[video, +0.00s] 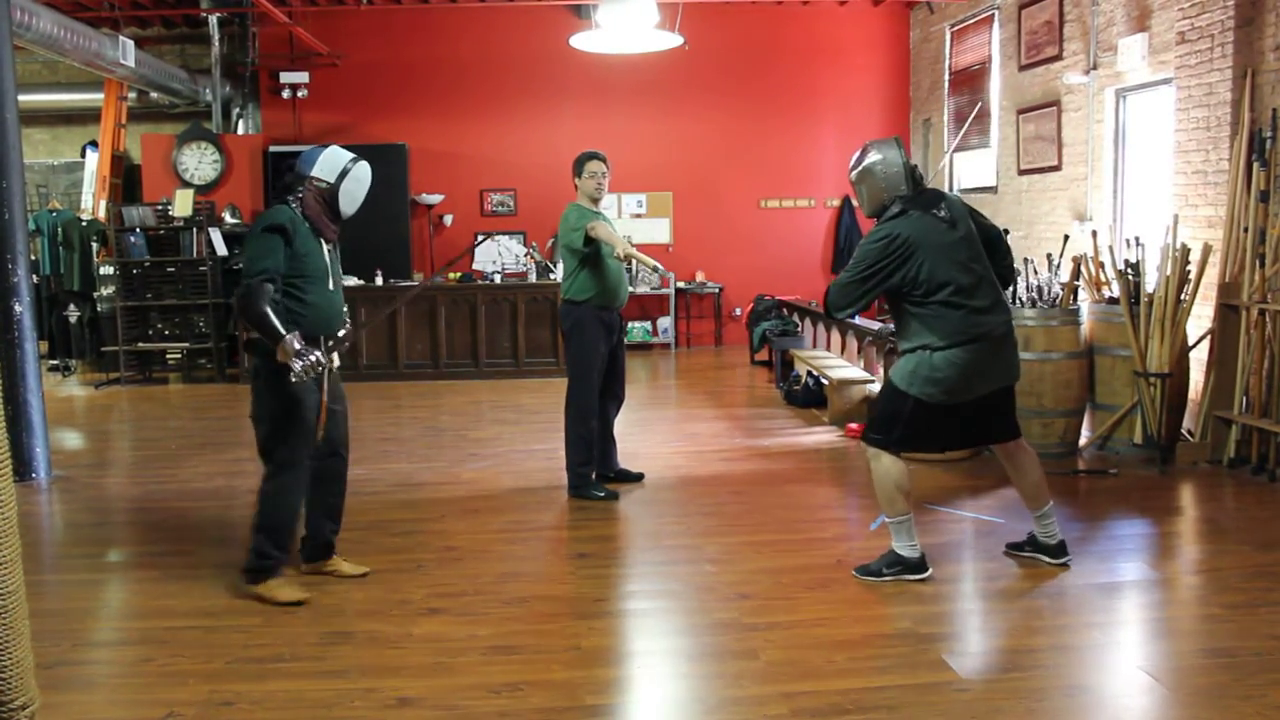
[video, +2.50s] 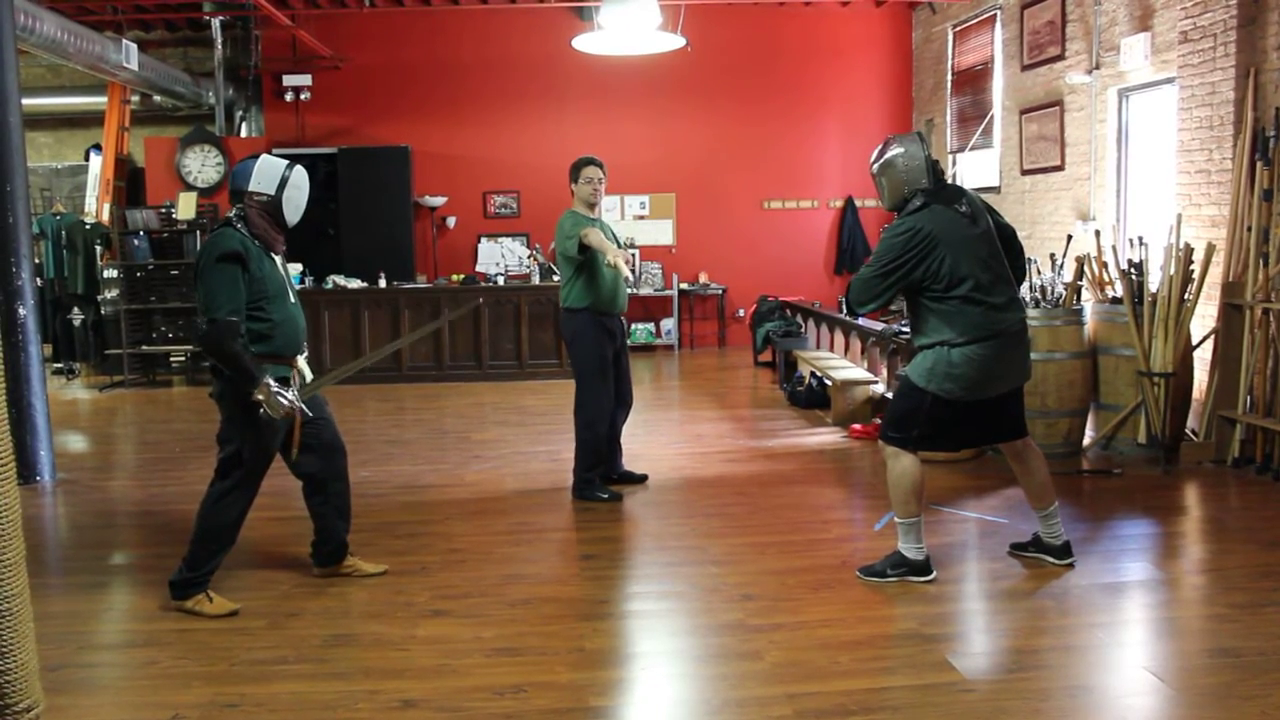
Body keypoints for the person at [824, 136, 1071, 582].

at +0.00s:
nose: (856, 200)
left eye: (857, 191)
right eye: (855, 191)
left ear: (873, 189)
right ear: (906, 179)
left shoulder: (888, 236)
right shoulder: (952, 207)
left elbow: (836, 303)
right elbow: (999, 250)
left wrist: (870, 274)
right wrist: (989, 296)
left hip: (938, 359)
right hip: (997, 350)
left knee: (881, 443)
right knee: (1008, 439)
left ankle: (906, 553)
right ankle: (1050, 539)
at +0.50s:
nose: (863, 198)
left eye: (865, 188)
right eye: (862, 188)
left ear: (883, 185)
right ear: (911, 177)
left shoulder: (895, 233)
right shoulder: (957, 205)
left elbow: (843, 302)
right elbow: (1003, 249)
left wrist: (882, 275)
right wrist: (992, 297)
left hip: (945, 355)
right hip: (1001, 346)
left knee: (886, 438)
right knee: (1009, 438)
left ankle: (907, 553)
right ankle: (1050, 538)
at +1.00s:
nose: (869, 195)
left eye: (870, 185)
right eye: (867, 185)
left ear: (888, 182)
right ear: (916, 173)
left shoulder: (901, 230)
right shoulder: (961, 204)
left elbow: (847, 299)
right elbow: (1005, 248)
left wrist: (884, 273)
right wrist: (996, 295)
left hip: (949, 353)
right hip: (1003, 345)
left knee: (889, 437)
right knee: (1010, 437)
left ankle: (908, 553)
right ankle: (1050, 539)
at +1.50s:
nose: (875, 192)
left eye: (876, 182)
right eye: (874, 182)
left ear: (893, 180)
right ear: (924, 171)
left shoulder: (905, 227)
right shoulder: (968, 204)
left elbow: (851, 297)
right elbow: (1010, 251)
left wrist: (887, 272)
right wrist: (995, 294)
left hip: (952, 352)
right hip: (1006, 345)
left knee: (893, 437)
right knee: (1012, 438)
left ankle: (910, 553)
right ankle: (1052, 538)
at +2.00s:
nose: (877, 191)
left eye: (878, 180)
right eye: (876, 181)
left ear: (896, 177)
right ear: (924, 171)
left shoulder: (907, 227)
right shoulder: (970, 204)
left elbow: (856, 297)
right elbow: (1013, 255)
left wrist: (884, 277)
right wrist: (994, 296)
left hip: (954, 352)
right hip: (1008, 344)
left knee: (895, 437)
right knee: (1014, 438)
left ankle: (911, 553)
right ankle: (1053, 538)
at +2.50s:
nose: (881, 193)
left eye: (882, 182)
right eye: (880, 183)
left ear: (899, 179)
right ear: (928, 172)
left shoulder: (910, 228)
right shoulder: (974, 206)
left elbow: (859, 296)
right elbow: (1016, 259)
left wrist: (888, 277)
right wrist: (992, 298)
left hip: (954, 356)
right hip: (1009, 348)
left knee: (898, 439)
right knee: (1016, 440)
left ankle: (911, 554)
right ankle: (1054, 539)